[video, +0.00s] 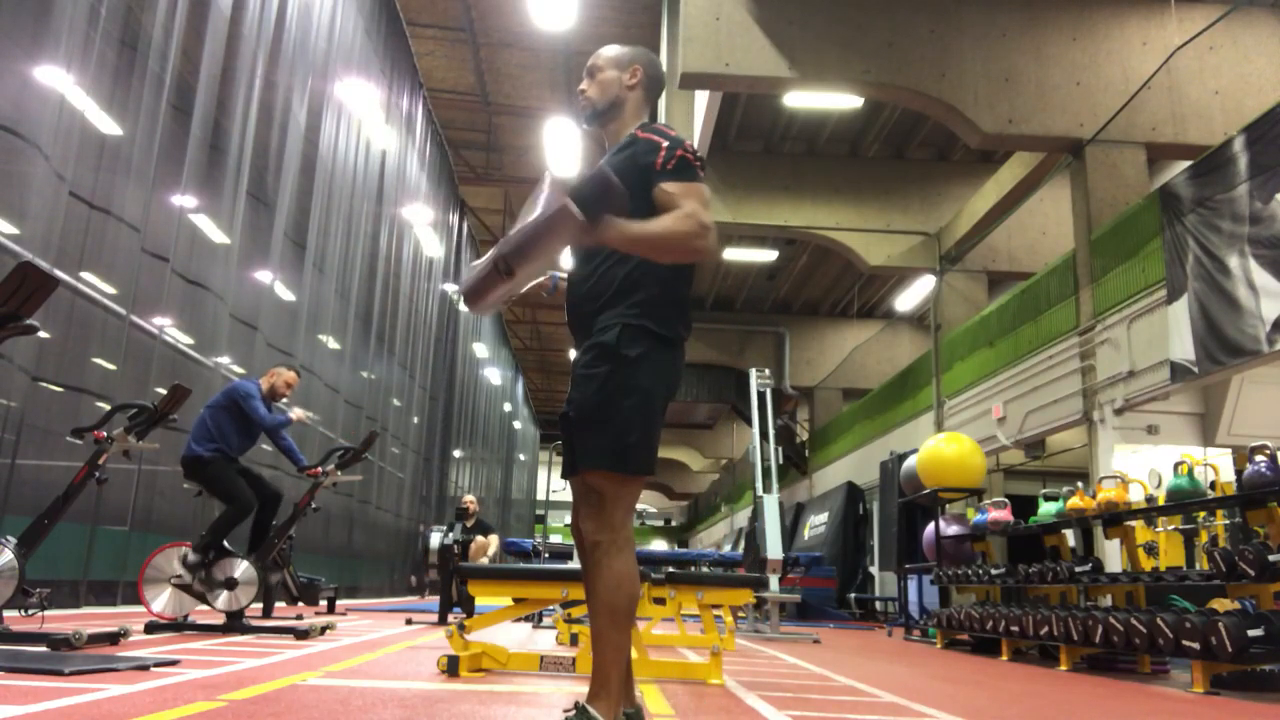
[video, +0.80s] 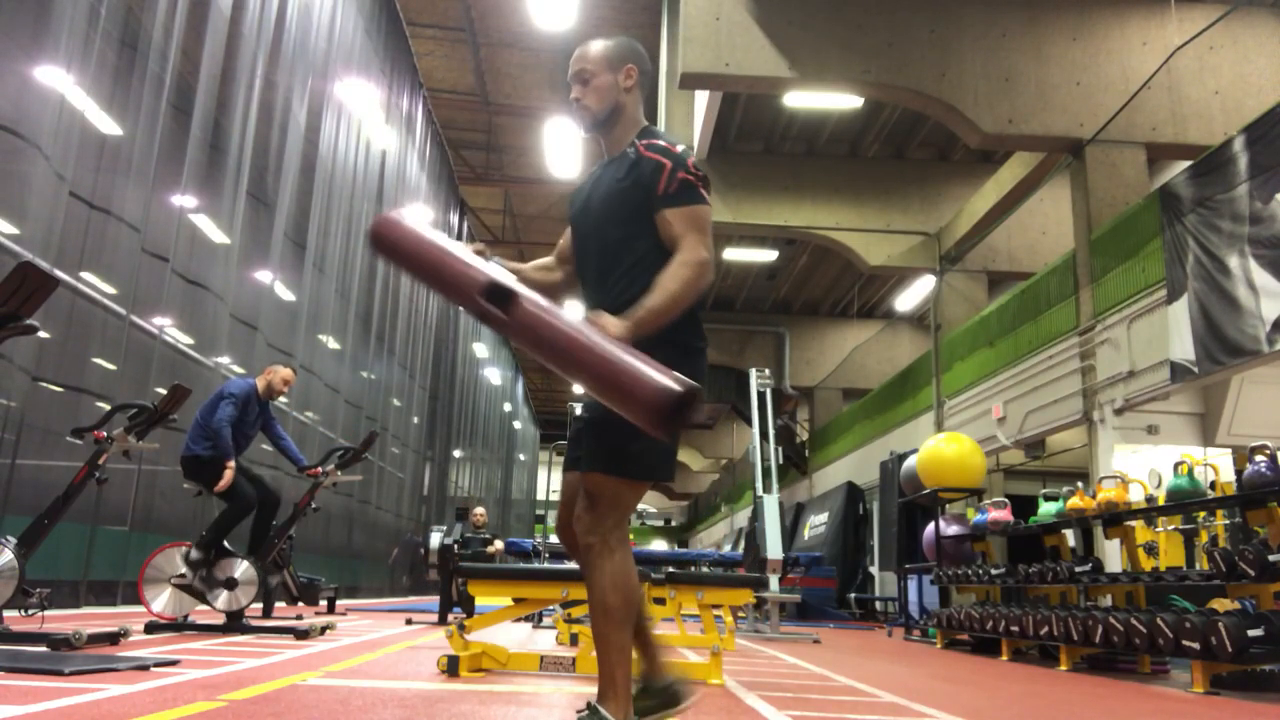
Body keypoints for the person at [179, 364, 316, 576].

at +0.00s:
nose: (287, 394)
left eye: (291, 390)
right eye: (287, 385)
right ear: (272, 376)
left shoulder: (265, 406)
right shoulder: (245, 388)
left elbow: (280, 438)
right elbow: (264, 422)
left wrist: (303, 467)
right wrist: (291, 417)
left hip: (225, 462)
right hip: (202, 459)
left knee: (271, 496)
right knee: (244, 502)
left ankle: (256, 558)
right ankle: (198, 553)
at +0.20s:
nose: (284, 389)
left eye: (287, 385)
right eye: (282, 381)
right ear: (267, 371)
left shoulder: (263, 404)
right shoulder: (240, 385)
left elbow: (279, 435)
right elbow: (264, 414)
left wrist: (303, 465)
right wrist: (281, 402)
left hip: (220, 463)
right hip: (202, 457)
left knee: (248, 521)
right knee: (263, 473)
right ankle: (220, 527)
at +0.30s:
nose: (283, 389)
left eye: (287, 385)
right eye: (282, 381)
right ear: (266, 371)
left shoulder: (263, 406)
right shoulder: (239, 385)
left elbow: (280, 437)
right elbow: (257, 412)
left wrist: (304, 466)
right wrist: (278, 401)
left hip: (220, 461)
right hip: (201, 456)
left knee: (251, 516)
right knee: (263, 473)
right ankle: (236, 534)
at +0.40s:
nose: (282, 389)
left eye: (286, 386)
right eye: (281, 382)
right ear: (265, 372)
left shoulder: (261, 402)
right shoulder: (238, 385)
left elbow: (278, 437)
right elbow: (248, 414)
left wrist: (304, 466)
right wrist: (271, 404)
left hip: (221, 460)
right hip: (203, 457)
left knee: (264, 506)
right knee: (257, 496)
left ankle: (227, 545)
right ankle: (240, 560)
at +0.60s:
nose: (286, 389)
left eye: (289, 385)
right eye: (285, 381)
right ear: (269, 372)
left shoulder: (262, 403)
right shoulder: (242, 386)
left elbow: (276, 434)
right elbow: (223, 419)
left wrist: (305, 466)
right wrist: (259, 432)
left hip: (228, 462)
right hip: (204, 461)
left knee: (279, 478)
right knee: (231, 513)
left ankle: (237, 527)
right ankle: (218, 584)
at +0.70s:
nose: (286, 390)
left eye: (289, 386)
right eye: (285, 382)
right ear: (269, 373)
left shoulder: (262, 405)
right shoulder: (241, 388)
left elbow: (278, 436)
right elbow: (221, 423)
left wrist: (304, 465)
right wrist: (242, 458)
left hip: (224, 461)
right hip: (201, 460)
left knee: (278, 480)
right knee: (235, 511)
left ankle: (251, 536)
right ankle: (198, 572)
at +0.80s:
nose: (285, 390)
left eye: (289, 387)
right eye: (284, 383)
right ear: (268, 373)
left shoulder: (261, 405)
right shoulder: (239, 390)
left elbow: (278, 437)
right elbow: (220, 423)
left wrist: (305, 467)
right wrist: (230, 463)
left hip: (221, 461)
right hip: (200, 459)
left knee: (270, 498)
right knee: (245, 499)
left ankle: (256, 560)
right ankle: (201, 549)